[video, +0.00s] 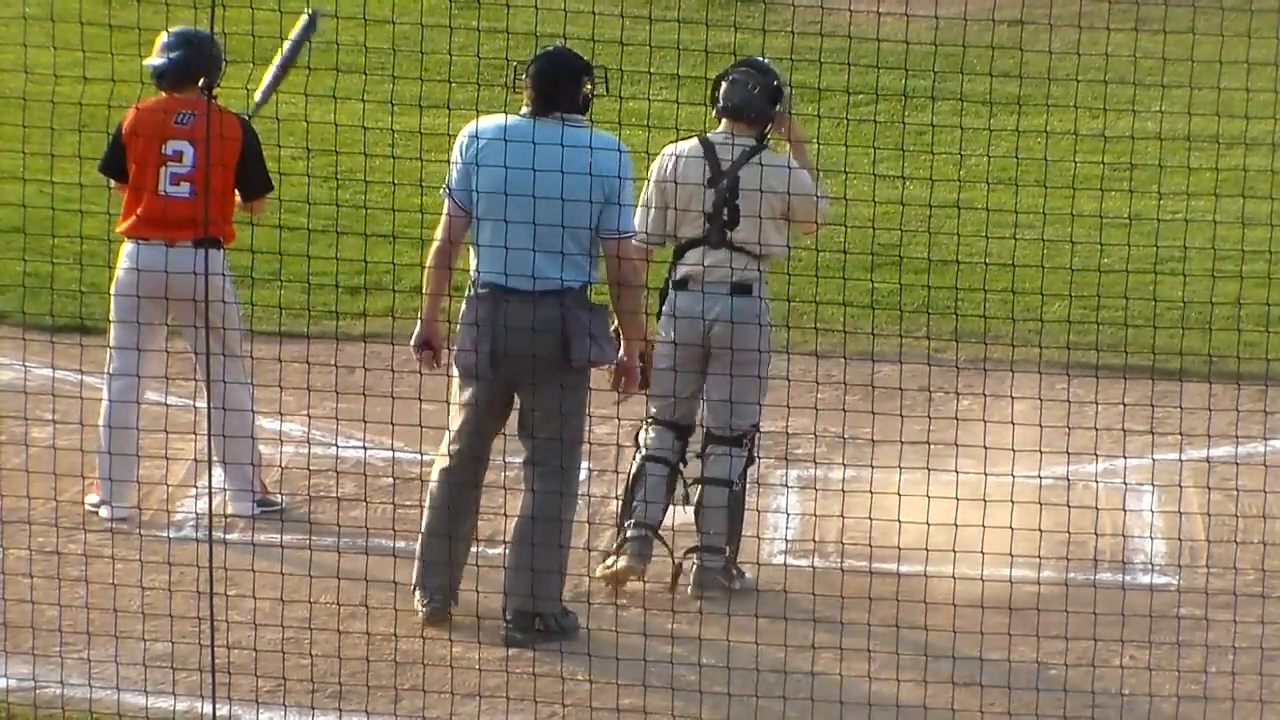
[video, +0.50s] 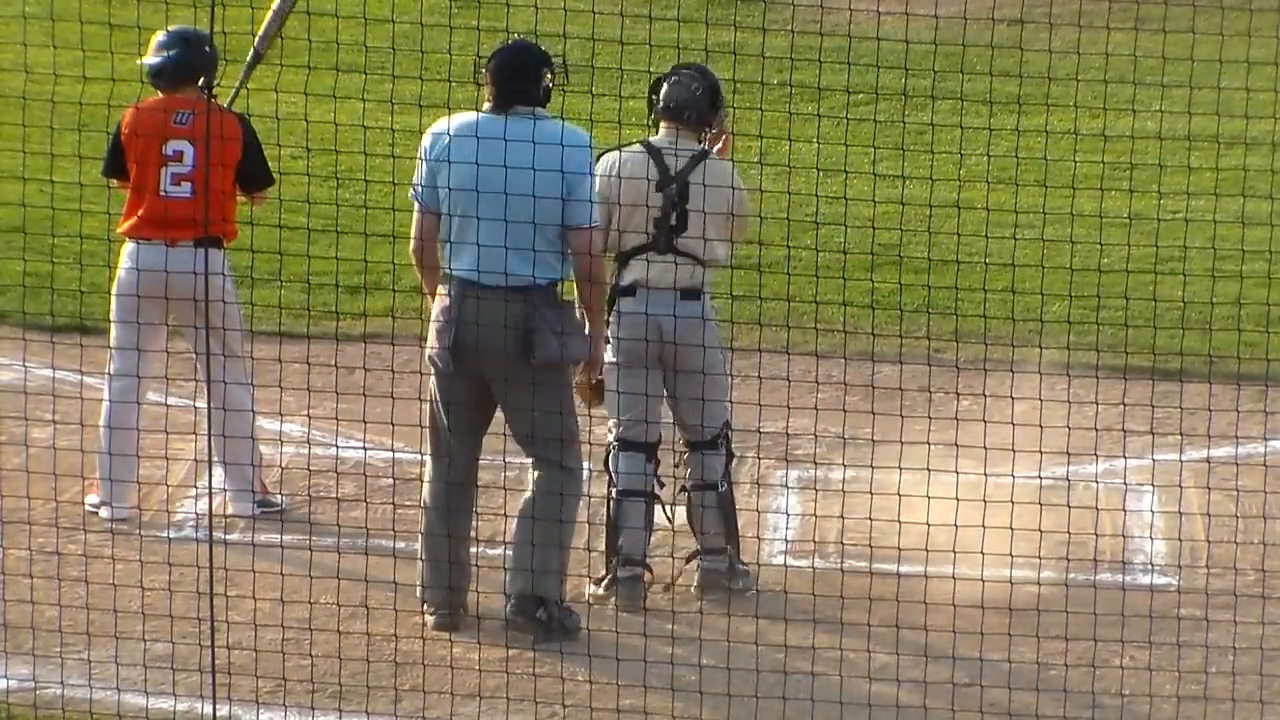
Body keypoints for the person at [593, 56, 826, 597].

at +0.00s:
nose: (775, 116)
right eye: (774, 109)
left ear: (719, 105)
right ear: (771, 114)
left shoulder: (674, 159)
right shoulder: (779, 169)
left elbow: (640, 250)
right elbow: (812, 217)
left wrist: (632, 326)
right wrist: (796, 143)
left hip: (682, 306)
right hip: (744, 311)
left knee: (666, 422)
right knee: (727, 437)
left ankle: (635, 542)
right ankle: (713, 563)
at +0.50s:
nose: (718, 125)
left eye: (714, 118)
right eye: (717, 117)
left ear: (656, 112)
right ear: (710, 120)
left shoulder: (615, 165)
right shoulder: (722, 172)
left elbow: (593, 249)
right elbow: (737, 233)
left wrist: (591, 330)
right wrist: (716, 167)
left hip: (629, 315)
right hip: (692, 318)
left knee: (632, 441)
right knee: (708, 440)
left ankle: (627, 567)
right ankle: (716, 563)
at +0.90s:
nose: (709, 121)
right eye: (708, 114)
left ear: (650, 113)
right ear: (704, 117)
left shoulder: (619, 167)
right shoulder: (722, 171)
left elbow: (606, 246)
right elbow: (740, 234)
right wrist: (712, 161)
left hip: (634, 317)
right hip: (695, 319)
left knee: (633, 444)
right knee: (697, 445)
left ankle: (627, 569)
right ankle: (695, 574)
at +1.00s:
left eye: (657, 106)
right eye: (707, 110)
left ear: (655, 110)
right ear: (711, 114)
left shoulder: (626, 167)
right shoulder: (732, 176)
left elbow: (611, 249)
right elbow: (743, 254)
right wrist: (688, 237)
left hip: (639, 319)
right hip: (702, 322)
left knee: (630, 442)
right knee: (700, 446)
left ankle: (623, 571)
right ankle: (697, 576)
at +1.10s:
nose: (656, 118)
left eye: (658, 110)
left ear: (659, 113)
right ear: (714, 118)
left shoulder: (631, 171)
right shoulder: (737, 178)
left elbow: (613, 251)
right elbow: (751, 259)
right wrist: (700, 240)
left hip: (643, 318)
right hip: (707, 320)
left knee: (623, 436)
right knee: (704, 446)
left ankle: (610, 560)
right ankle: (698, 575)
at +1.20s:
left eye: (658, 113)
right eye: (712, 116)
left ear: (658, 116)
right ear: (713, 120)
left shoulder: (629, 172)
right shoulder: (737, 181)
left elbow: (610, 254)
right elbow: (750, 269)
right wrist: (711, 246)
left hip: (641, 316)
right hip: (707, 320)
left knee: (619, 432)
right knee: (703, 446)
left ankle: (602, 561)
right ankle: (696, 576)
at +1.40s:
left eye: (643, 122)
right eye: (693, 127)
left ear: (642, 125)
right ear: (699, 130)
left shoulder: (614, 174)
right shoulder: (719, 184)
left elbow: (590, 248)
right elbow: (744, 269)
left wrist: (604, 306)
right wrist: (706, 312)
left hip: (621, 313)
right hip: (687, 320)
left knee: (613, 440)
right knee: (699, 446)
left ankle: (602, 567)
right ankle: (696, 574)